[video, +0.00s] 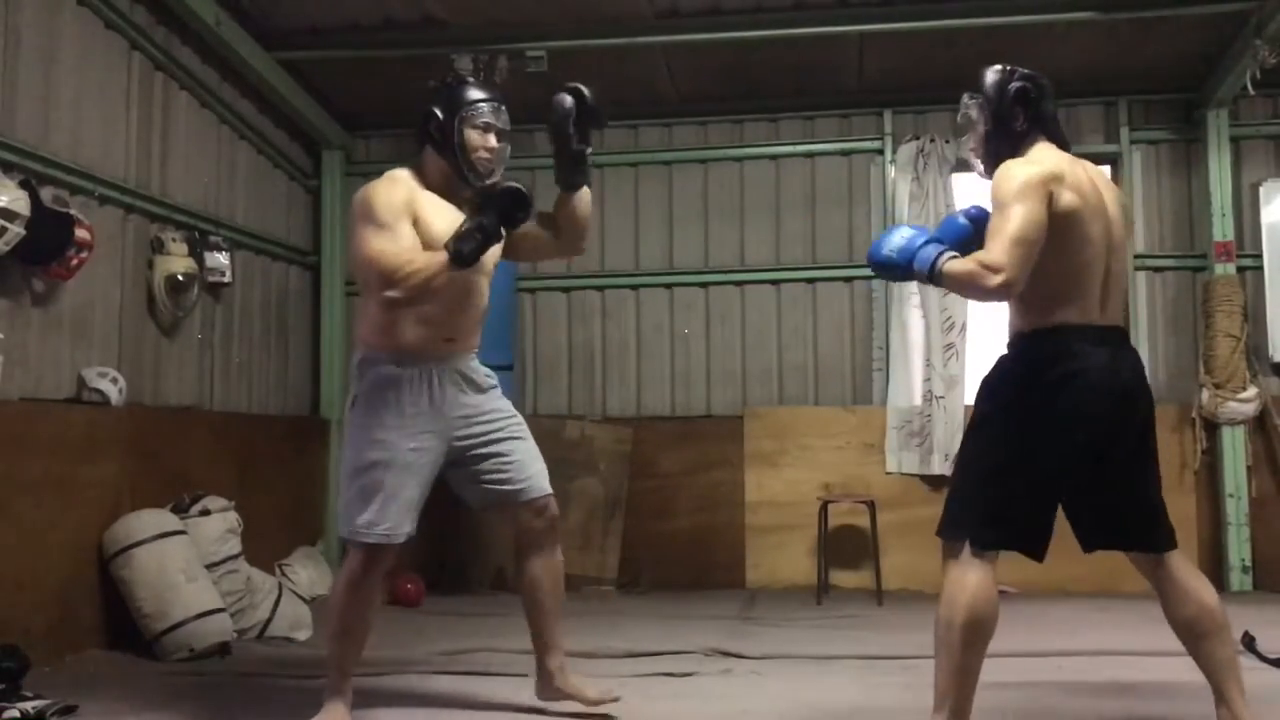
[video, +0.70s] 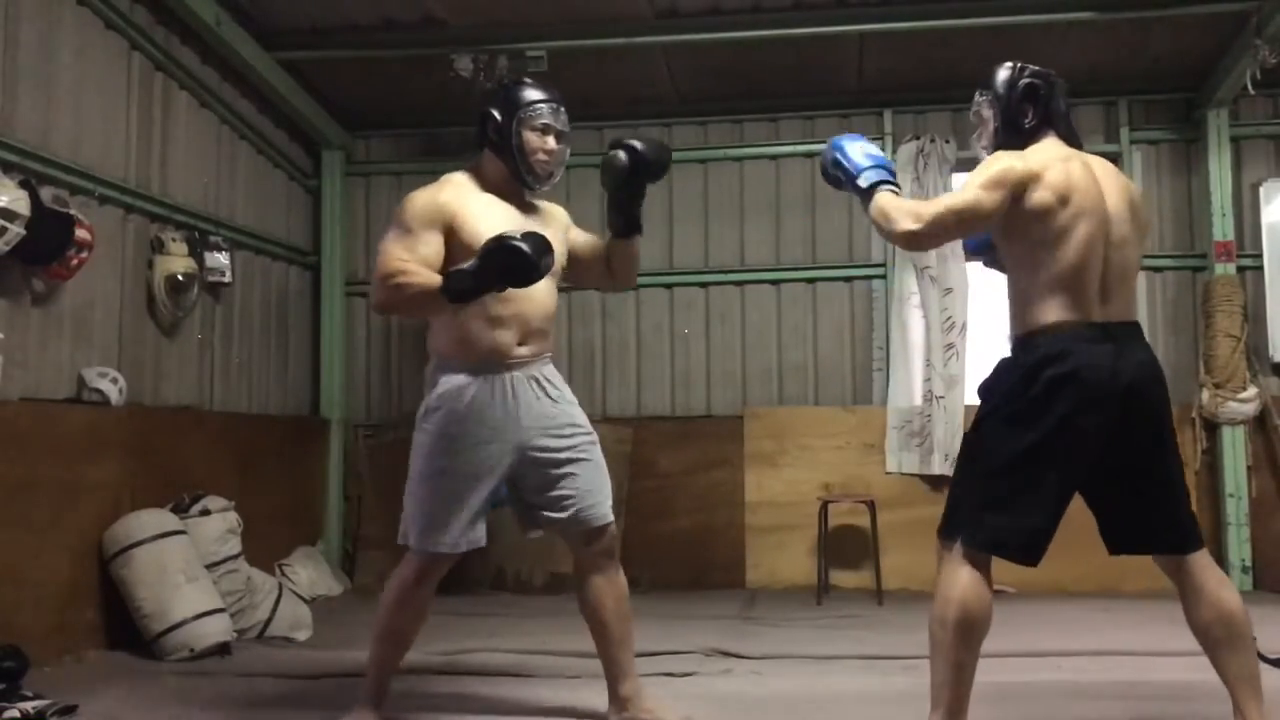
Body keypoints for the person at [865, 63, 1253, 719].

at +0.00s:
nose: (968, 139)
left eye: (972, 122)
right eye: (967, 123)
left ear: (1003, 120)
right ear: (1037, 118)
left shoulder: (1023, 174)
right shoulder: (1100, 178)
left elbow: (998, 277)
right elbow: (1074, 263)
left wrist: (926, 260)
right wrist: (991, 231)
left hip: (1041, 378)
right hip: (1118, 376)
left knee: (970, 547)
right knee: (1158, 553)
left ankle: (948, 713)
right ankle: (1237, 708)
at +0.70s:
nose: (978, 135)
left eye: (981, 120)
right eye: (976, 122)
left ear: (1015, 115)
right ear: (1052, 114)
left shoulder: (1012, 169)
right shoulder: (1117, 178)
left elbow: (913, 228)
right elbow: (1094, 259)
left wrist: (870, 181)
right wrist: (1002, 249)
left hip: (1047, 375)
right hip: (1133, 372)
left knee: (965, 551)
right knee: (1186, 554)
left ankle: (947, 714)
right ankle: (1255, 709)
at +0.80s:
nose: (977, 127)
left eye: (982, 115)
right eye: (977, 116)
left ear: (1010, 116)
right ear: (1050, 114)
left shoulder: (999, 171)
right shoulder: (1119, 176)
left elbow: (869, 202)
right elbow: (1099, 250)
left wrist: (826, 162)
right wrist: (1003, 244)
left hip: (1053, 376)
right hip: (1142, 370)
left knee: (972, 551)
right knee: (1196, 554)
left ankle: (946, 713)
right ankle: (1260, 710)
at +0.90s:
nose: (991, 131)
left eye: (996, 117)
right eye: (993, 117)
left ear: (1023, 117)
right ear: (1066, 117)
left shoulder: (1014, 171)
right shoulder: (1139, 184)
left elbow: (893, 197)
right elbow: (1102, 247)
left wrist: (811, 178)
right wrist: (1006, 242)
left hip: (1064, 380)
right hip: (1154, 377)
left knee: (976, 551)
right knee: (1209, 559)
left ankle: (948, 710)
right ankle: (1270, 702)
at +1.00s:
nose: (1019, 143)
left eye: (1023, 128)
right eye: (1019, 128)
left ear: (1051, 127)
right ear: (1097, 125)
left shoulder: (1046, 188)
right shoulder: (1172, 197)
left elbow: (927, 253)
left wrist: (873, 232)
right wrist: (1038, 187)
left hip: (1081, 391)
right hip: (1173, 391)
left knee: (987, 556)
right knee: (1226, 569)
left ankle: (949, 712)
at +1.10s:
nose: (1043, 139)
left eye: (1050, 123)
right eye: (1044, 123)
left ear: (1084, 124)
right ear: (1122, 125)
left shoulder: (1088, 187)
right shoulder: (1198, 195)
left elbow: (1007, 287)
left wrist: (931, 269)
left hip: (1111, 393)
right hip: (1199, 393)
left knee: (1015, 557)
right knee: (1242, 574)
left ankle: (959, 709)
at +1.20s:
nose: (1052, 130)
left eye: (1059, 114)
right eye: (1053, 114)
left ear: (1094, 113)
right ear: (1130, 113)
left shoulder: (1108, 173)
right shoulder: (1204, 182)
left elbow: (1060, 271)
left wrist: (965, 257)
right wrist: (1015, 248)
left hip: (1125, 380)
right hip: (1211, 381)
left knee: (1027, 540)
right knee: (1245, 568)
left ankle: (1002, 710)